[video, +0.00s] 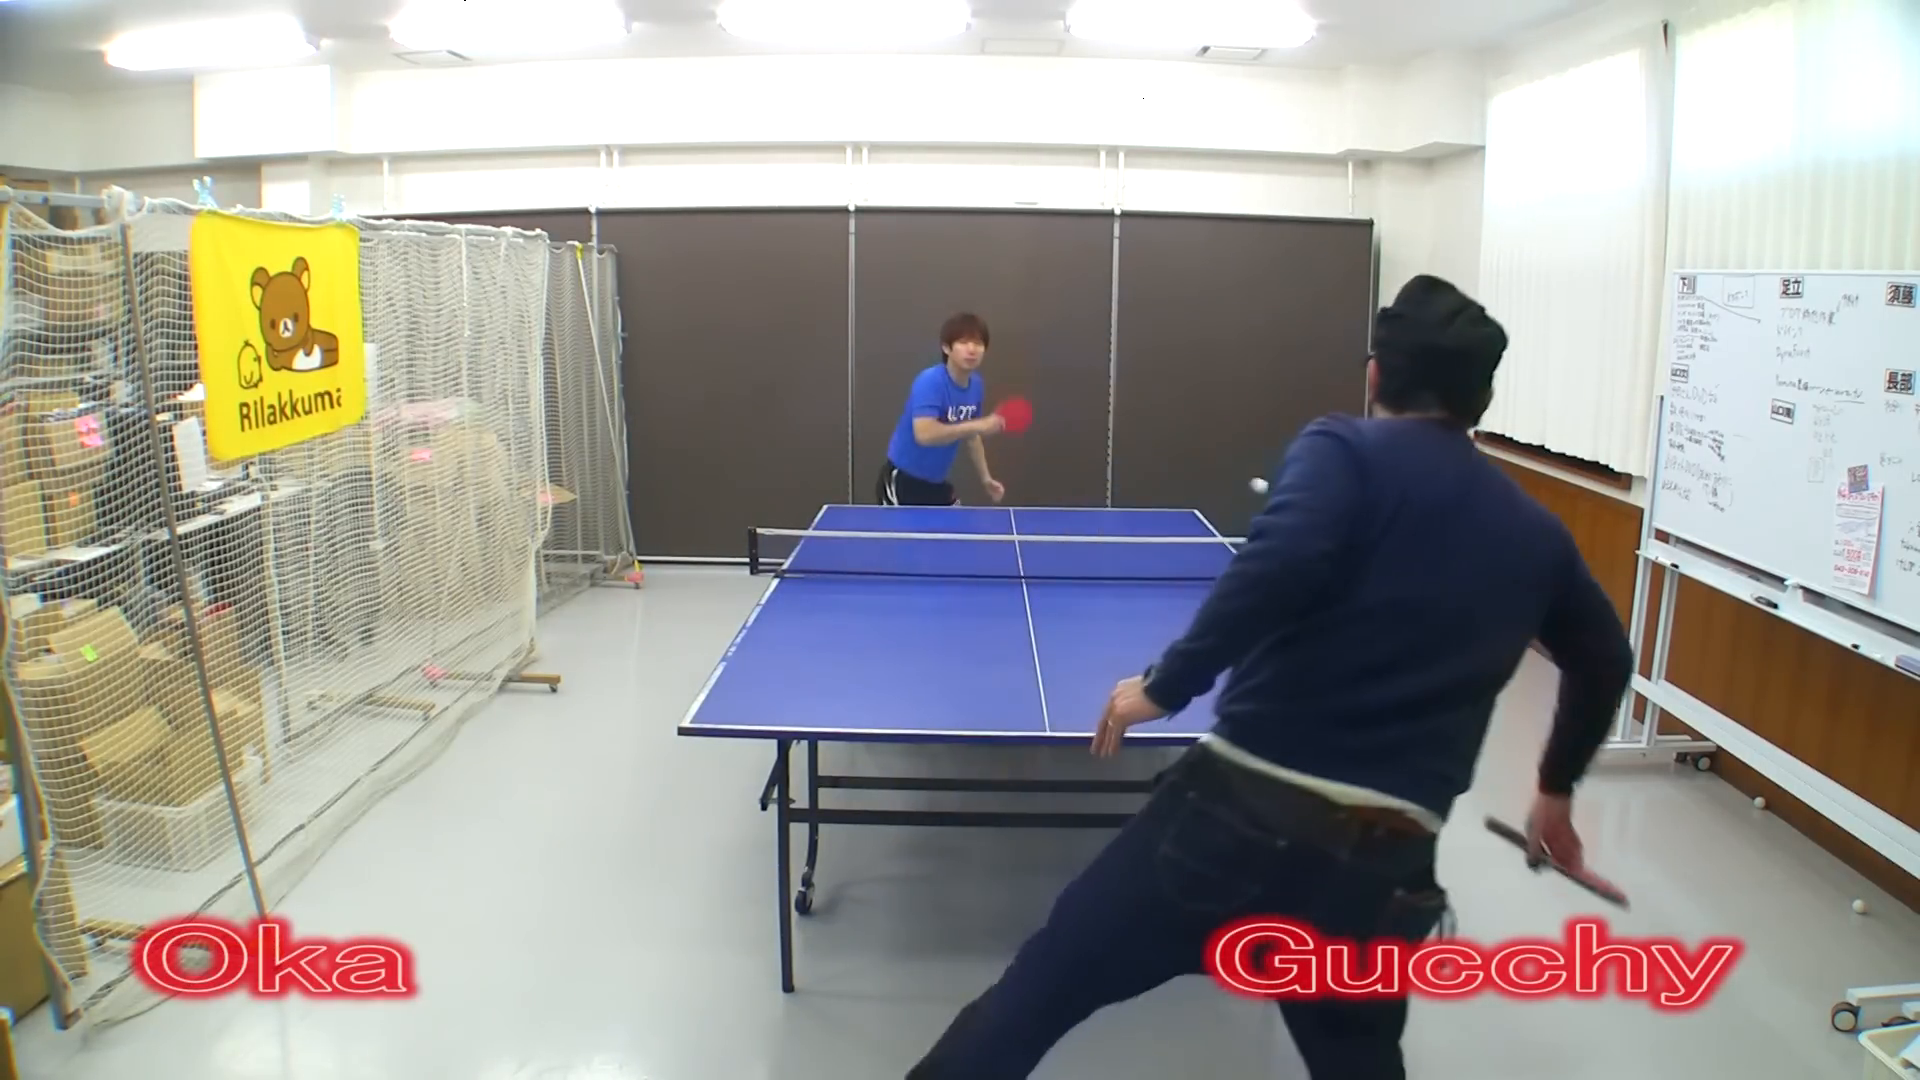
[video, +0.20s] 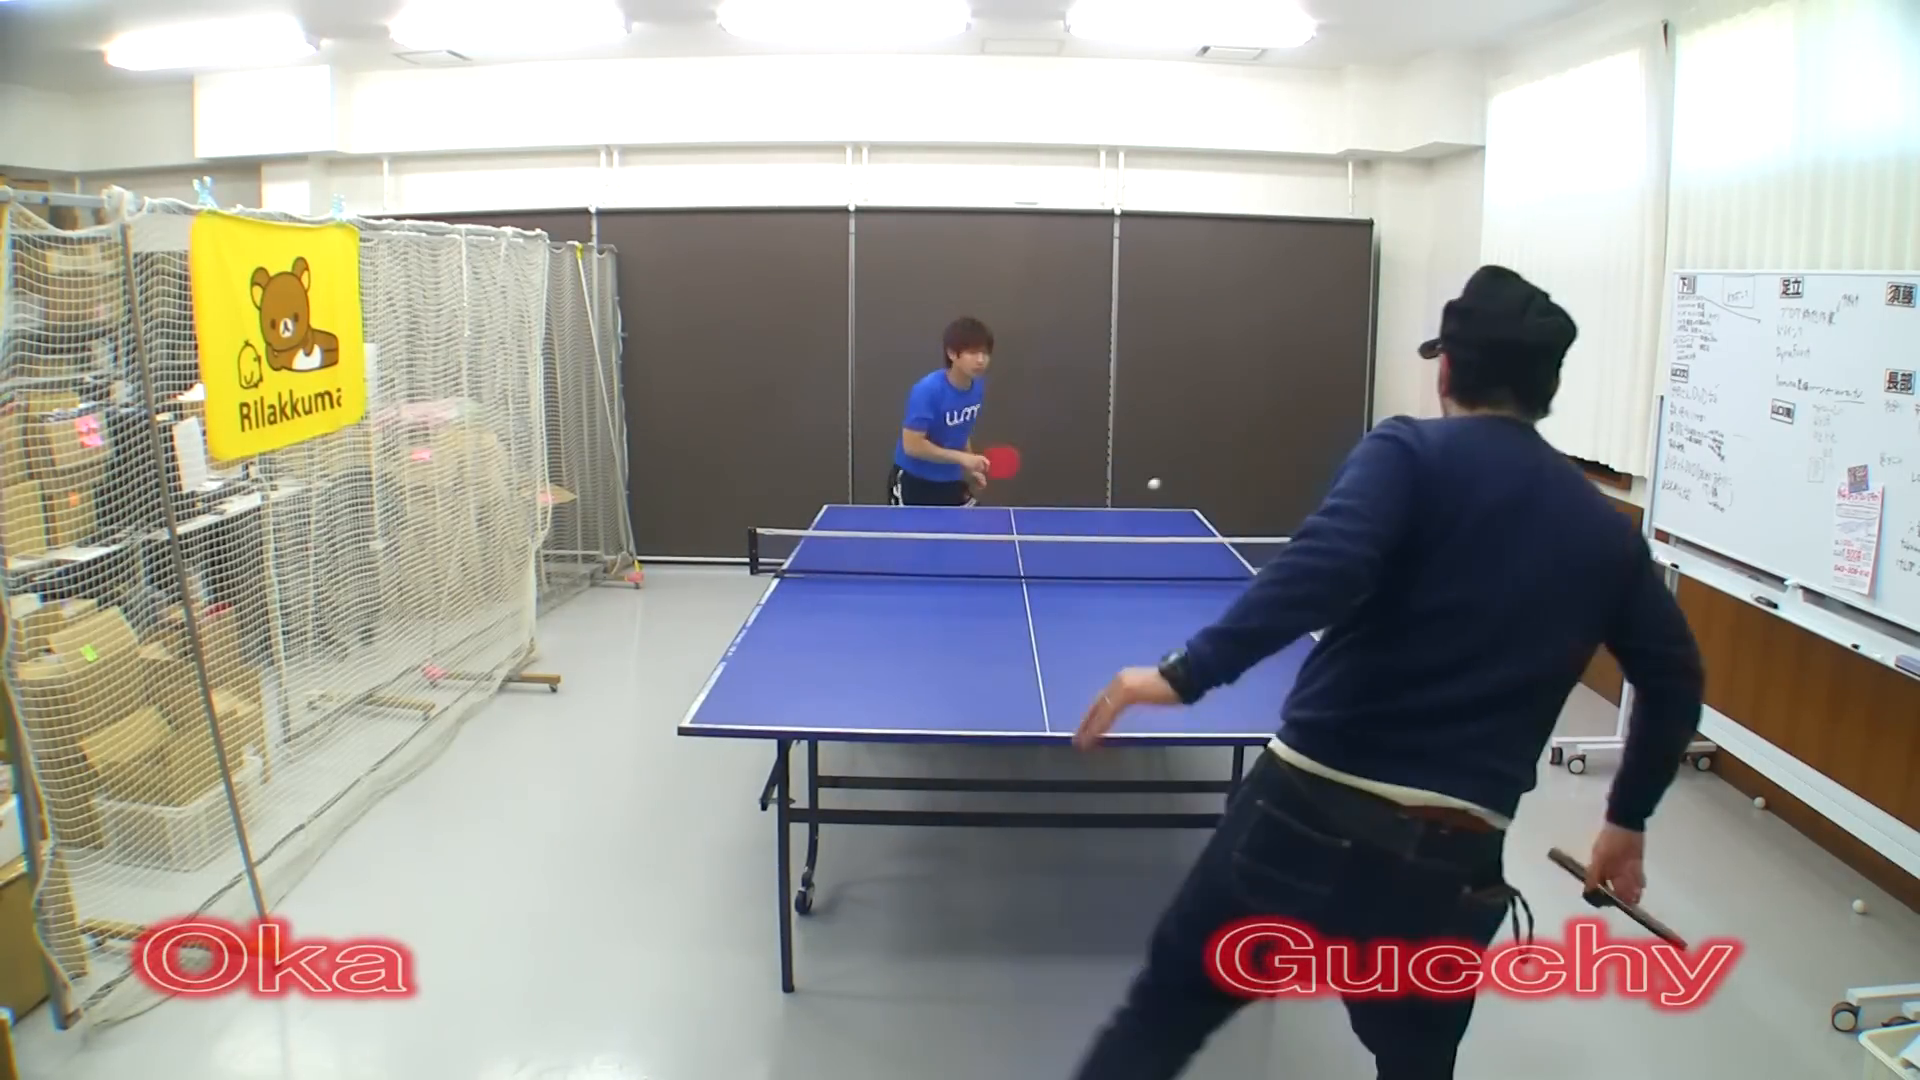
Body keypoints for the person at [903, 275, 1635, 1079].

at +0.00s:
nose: (1365, 371)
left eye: (1370, 361)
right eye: (1376, 359)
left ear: (1377, 375)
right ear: (1480, 399)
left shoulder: (1340, 449)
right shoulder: (1533, 530)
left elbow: (1285, 562)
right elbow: (1602, 659)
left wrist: (1161, 686)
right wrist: (1556, 788)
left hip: (1231, 828)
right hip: (1384, 869)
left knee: (1037, 997)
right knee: (1363, 1066)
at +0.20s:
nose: (1433, 372)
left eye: (1437, 355)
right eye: (1439, 353)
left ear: (1450, 367)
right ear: (1546, 386)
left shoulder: (1407, 451)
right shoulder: (1603, 528)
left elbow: (1330, 567)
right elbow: (1673, 678)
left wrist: (1182, 674)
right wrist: (1627, 823)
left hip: (1302, 826)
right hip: (1449, 869)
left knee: (1159, 1022)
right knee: (1419, 1065)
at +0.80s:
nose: (1448, 355)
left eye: (1452, 340)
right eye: (1456, 338)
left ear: (1460, 355)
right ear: (1561, 370)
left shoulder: (1417, 464)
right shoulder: (1614, 519)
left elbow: (1359, 642)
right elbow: (1616, 694)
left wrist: (1274, 788)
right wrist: (1513, 739)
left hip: (1368, 857)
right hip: (1507, 868)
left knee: (1215, 1061)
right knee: (1479, 1066)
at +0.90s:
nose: (1407, 354)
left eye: (1410, 340)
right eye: (1415, 338)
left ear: (1418, 359)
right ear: (1518, 371)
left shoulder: (1386, 470)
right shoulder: (1577, 515)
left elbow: (1347, 653)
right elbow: (1579, 687)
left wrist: (1261, 800)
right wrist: (1468, 715)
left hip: (1347, 869)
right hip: (1484, 876)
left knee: (1205, 1067)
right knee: (1467, 1069)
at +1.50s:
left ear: (824, 364)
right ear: (948, 372)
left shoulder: (746, 507)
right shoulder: (1007, 516)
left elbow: (598, 615)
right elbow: (1068, 682)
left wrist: (605, 673)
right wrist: (974, 621)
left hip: (844, 896)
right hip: (993, 881)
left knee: (922, 1067)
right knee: (1056, 1065)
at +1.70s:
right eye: (718, 349)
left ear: (594, 356)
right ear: (714, 371)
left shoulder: (504, 488)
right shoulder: (732, 542)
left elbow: (421, 646)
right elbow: (827, 718)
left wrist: (532, 635)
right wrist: (892, 681)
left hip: (516, 871)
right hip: (634, 897)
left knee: (593, 1062)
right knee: (652, 1063)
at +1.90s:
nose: (461, 397)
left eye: (453, 378)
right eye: (453, 380)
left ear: (344, 402)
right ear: (433, 402)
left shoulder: (340, 505)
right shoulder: (375, 578)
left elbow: (409, 551)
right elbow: (423, 761)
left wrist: (506, 572)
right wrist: (575, 715)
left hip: (306, 872)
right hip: (382, 902)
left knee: (269, 1031)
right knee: (480, 1065)